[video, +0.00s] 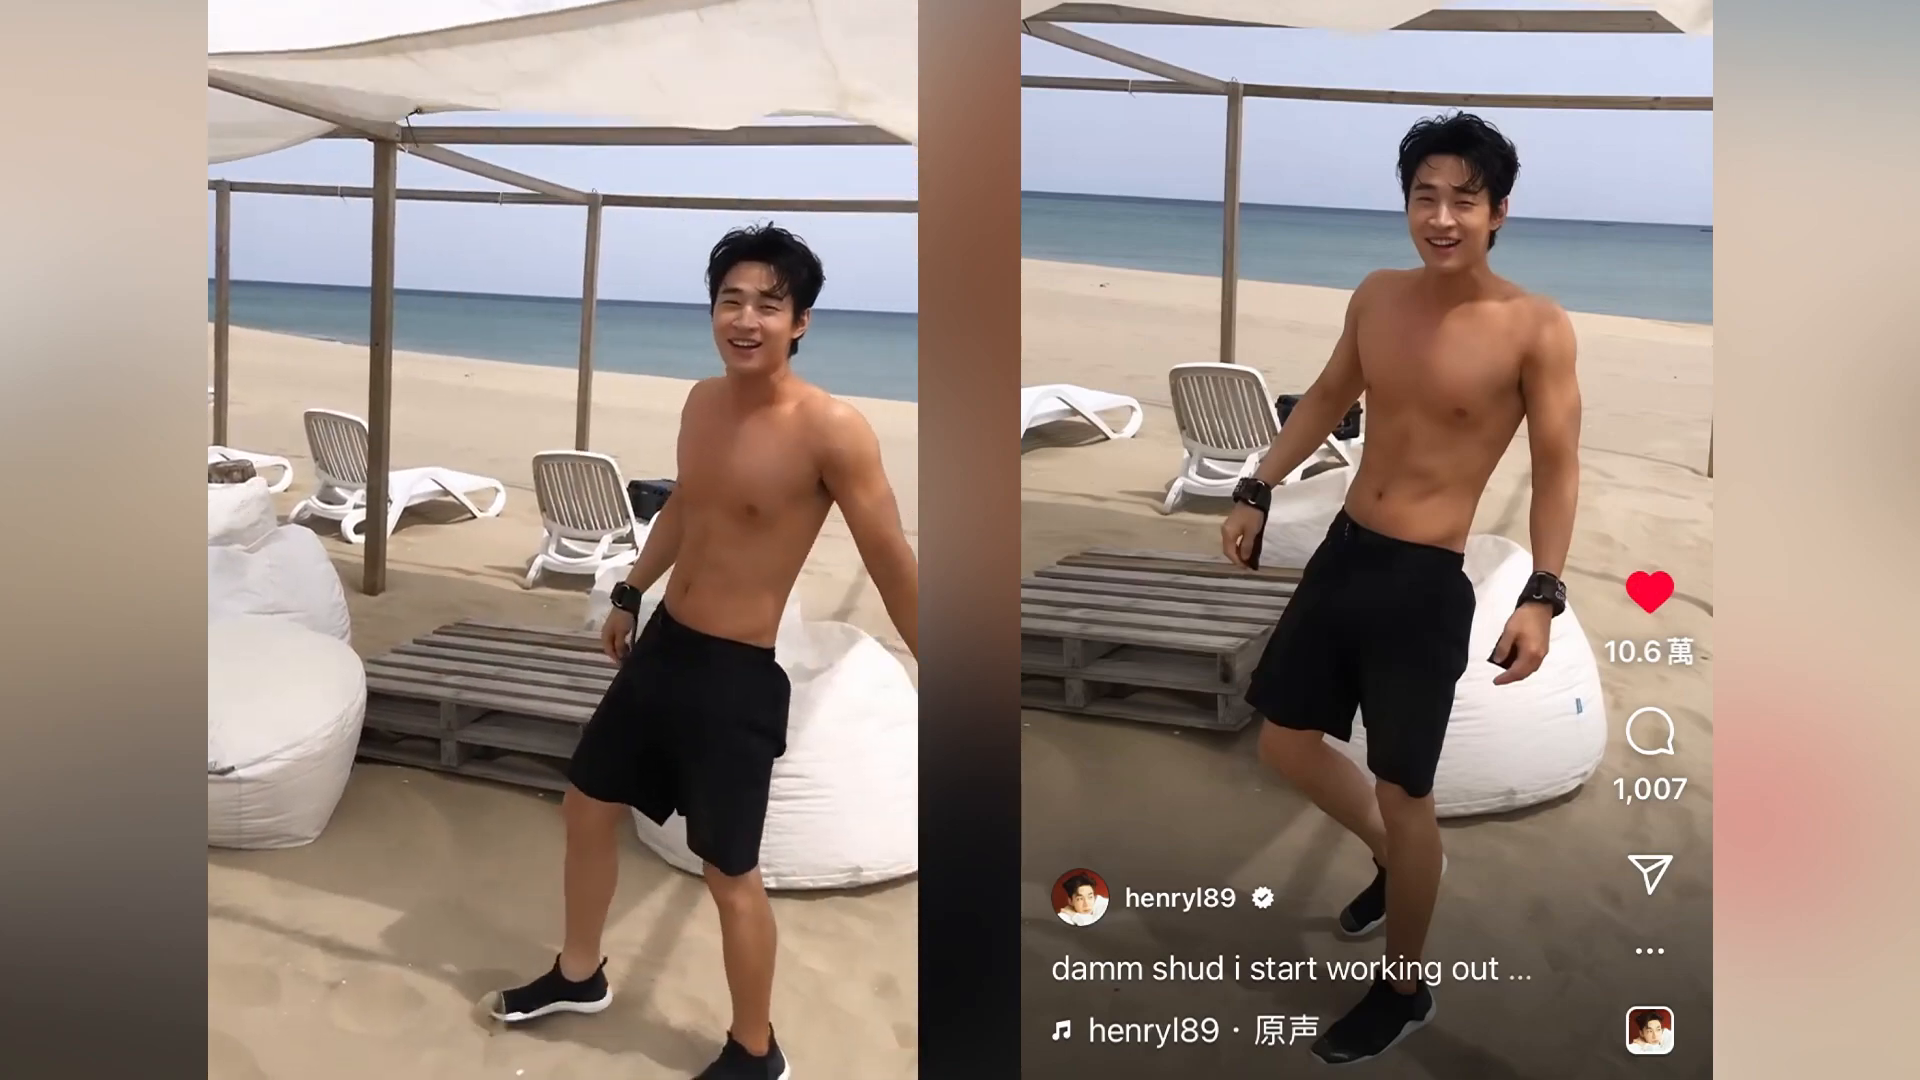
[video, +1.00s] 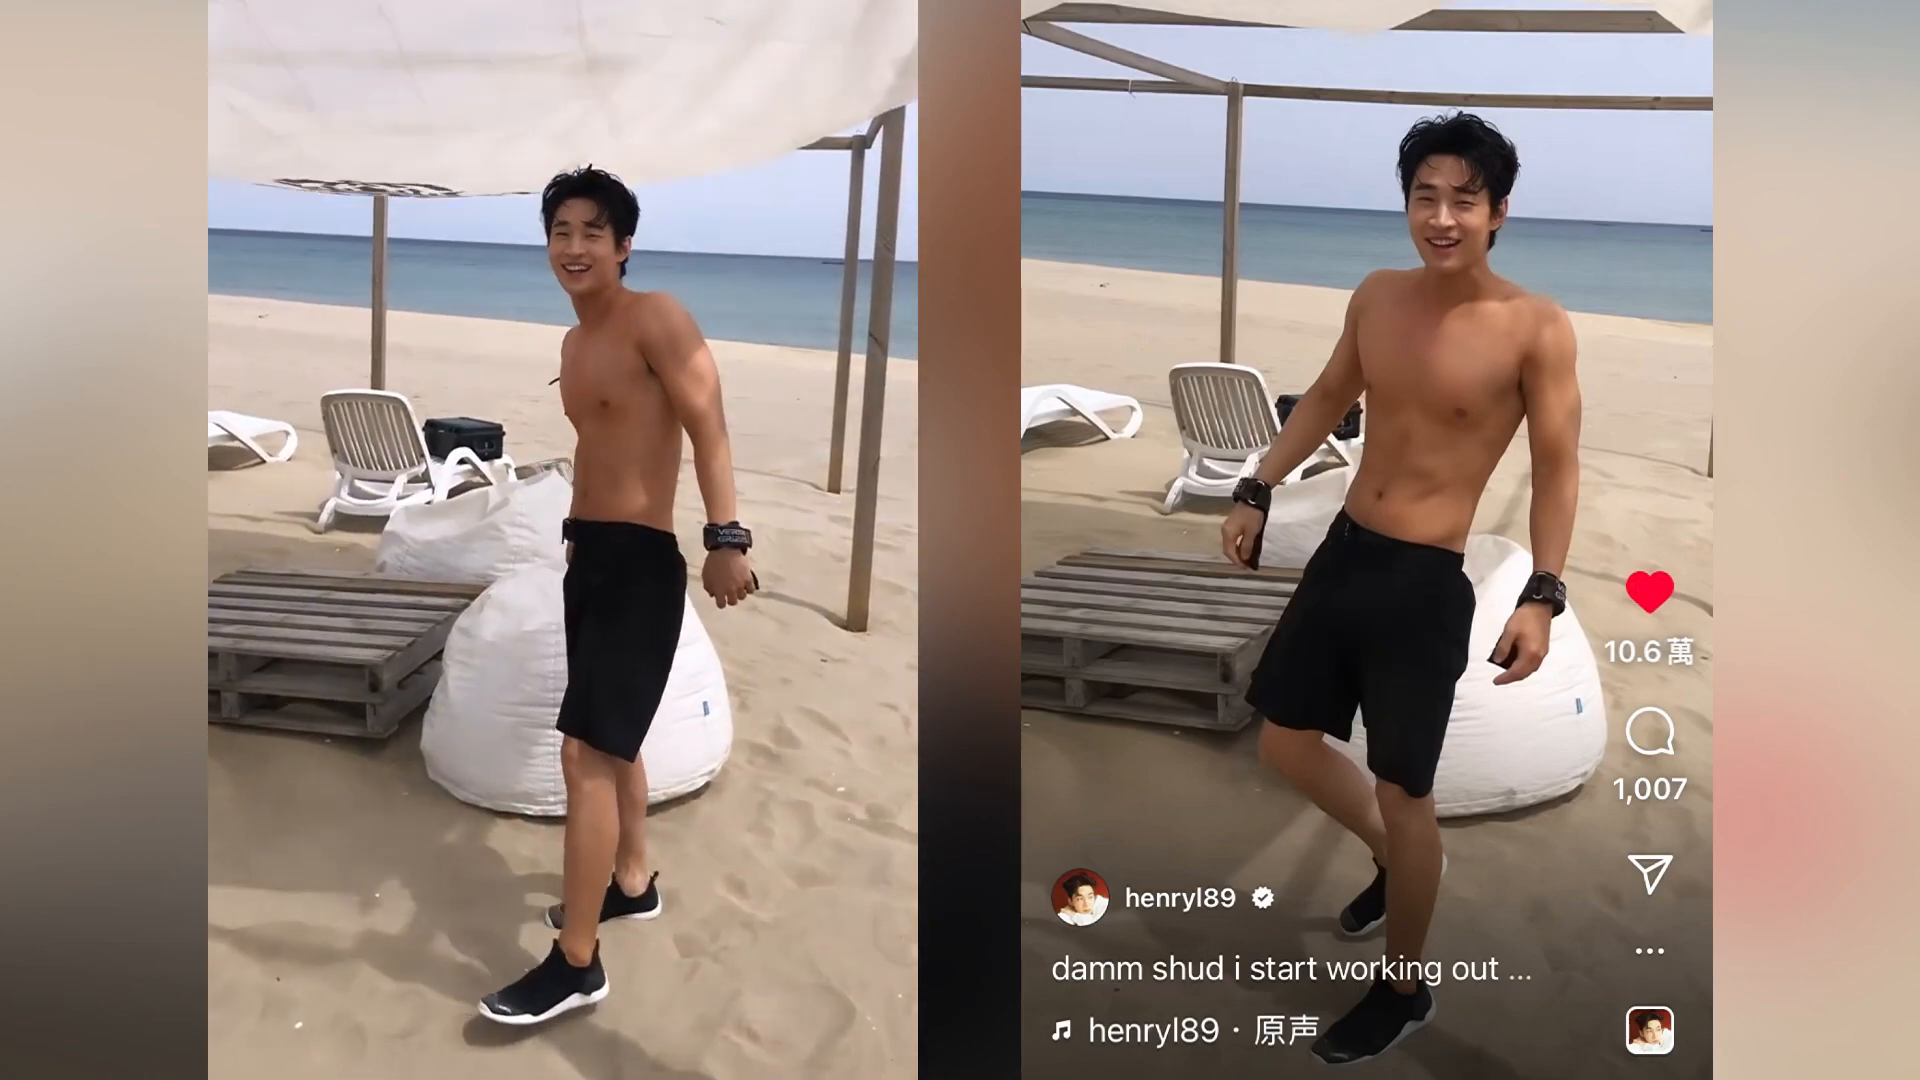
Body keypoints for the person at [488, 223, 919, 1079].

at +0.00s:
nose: (743, 318)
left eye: (765, 303)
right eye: (730, 300)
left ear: (799, 322)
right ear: (712, 312)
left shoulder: (831, 428)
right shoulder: (703, 401)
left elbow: (894, 567)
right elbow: (682, 509)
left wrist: (940, 671)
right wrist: (627, 596)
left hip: (739, 675)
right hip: (664, 649)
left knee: (732, 874)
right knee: (588, 804)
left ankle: (753, 1048)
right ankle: (578, 975)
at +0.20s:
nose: (676, 298)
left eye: (698, 282)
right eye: (661, 280)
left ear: (730, 296)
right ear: (643, 289)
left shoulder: (766, 406)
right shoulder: (619, 375)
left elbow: (803, 535)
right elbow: (587, 467)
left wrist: (828, 660)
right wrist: (523, 556)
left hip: (665, 640)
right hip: (587, 617)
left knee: (646, 835)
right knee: (514, 777)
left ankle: (653, 1016)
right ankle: (577, 927)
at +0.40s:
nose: (616, 245)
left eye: (636, 228)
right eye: (601, 227)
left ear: (670, 239)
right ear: (584, 236)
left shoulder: (703, 347)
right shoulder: (561, 320)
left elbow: (724, 475)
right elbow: (514, 415)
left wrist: (699, 584)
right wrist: (442, 494)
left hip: (607, 583)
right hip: (532, 562)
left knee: (581, 787)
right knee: (487, 743)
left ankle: (577, 971)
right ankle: (604, 833)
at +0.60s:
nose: (582, 172)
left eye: (603, 155)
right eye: (567, 154)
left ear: (637, 164)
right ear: (551, 162)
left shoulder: (672, 267)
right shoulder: (544, 257)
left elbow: (707, 386)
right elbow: (516, 359)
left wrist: (684, 470)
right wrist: (454, 429)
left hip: (605, 510)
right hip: (538, 497)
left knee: (564, 711)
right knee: (532, 681)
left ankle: (550, 907)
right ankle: (619, 802)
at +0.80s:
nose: (567, 181)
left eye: (585, 165)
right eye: (552, 166)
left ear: (617, 175)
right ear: (538, 179)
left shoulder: (656, 255)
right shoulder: (555, 280)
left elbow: (703, 371)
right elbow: (553, 384)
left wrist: (704, 482)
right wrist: (508, 472)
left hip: (623, 507)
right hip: (566, 498)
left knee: (567, 700)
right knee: (582, 674)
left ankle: (548, 897)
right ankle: (628, 811)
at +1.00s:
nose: (574, 246)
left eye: (591, 231)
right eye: (561, 232)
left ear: (623, 242)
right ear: (547, 247)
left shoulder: (657, 319)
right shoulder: (575, 342)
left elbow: (707, 426)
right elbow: (598, 451)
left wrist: (726, 537)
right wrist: (580, 540)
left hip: (638, 566)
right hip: (593, 560)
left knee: (586, 754)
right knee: (612, 734)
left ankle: (575, 959)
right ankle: (632, 880)